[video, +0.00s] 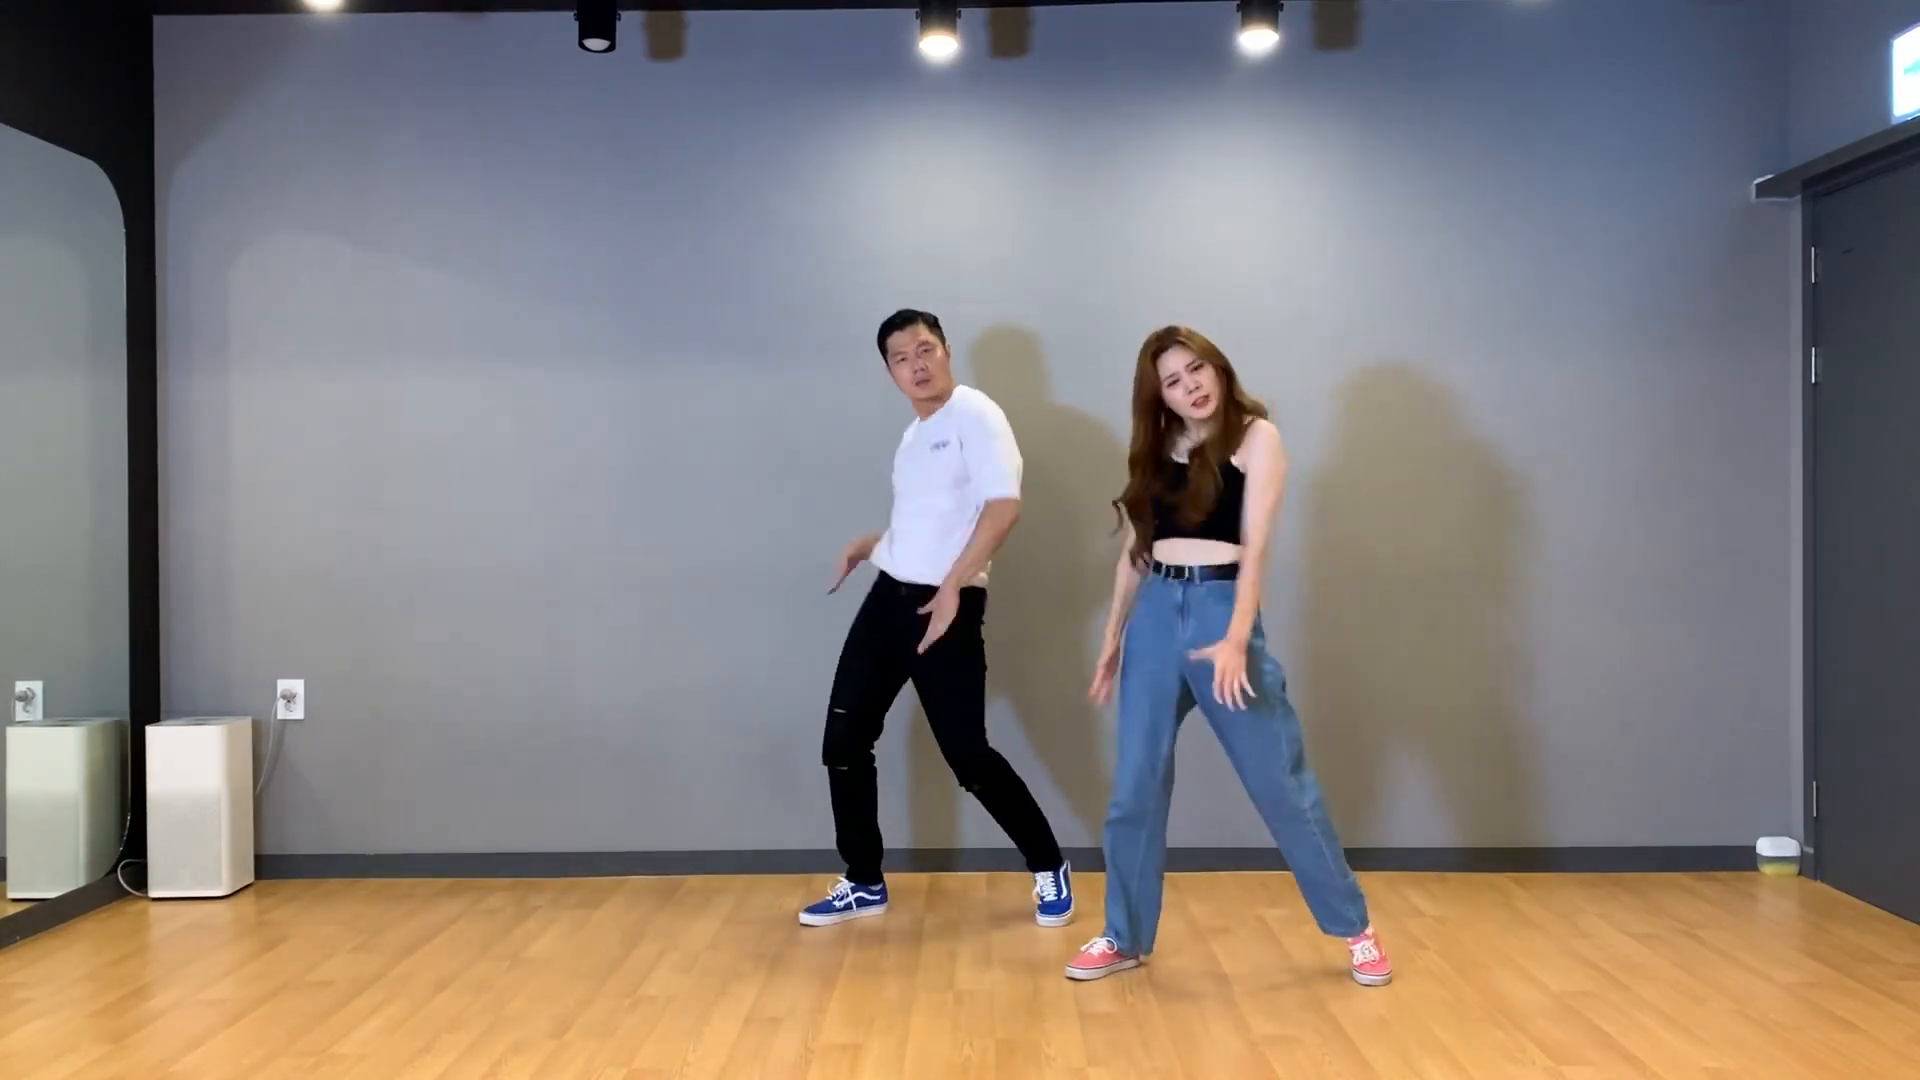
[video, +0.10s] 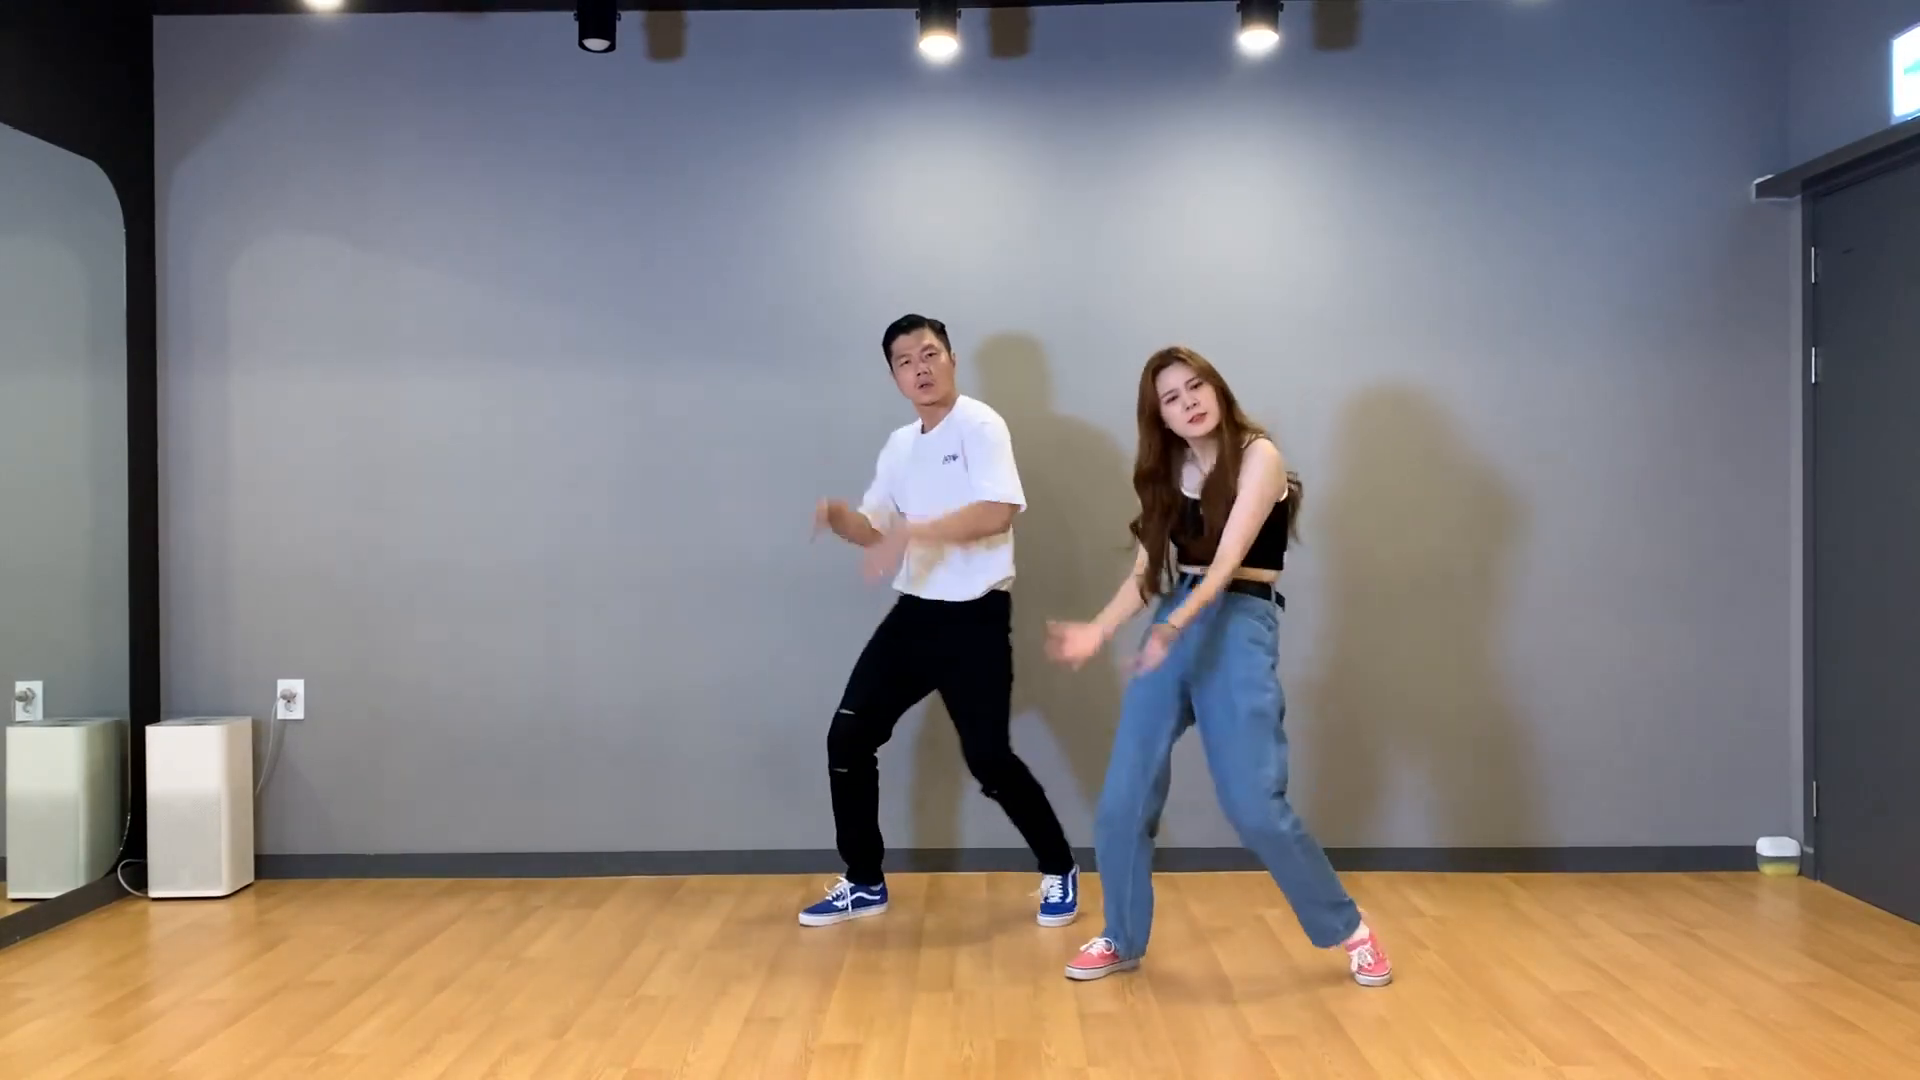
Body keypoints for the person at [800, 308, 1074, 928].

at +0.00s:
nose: (917, 363)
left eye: (926, 349)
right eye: (902, 358)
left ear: (947, 355)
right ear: (891, 374)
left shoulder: (976, 413)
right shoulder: (914, 435)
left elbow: (1004, 507)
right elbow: (920, 522)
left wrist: (951, 584)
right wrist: (871, 543)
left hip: (948, 603)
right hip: (889, 600)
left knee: (969, 758)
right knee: (845, 742)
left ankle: (1049, 866)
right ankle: (864, 883)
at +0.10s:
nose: (921, 368)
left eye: (930, 354)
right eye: (906, 362)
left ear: (952, 361)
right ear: (895, 378)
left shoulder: (981, 423)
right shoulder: (899, 445)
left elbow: (999, 513)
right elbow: (874, 532)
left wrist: (915, 532)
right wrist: (841, 517)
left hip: (977, 615)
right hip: (915, 615)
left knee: (990, 761)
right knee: (849, 741)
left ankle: (1059, 867)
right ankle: (864, 883)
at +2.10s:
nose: (900, 376)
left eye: (912, 363)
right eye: (886, 364)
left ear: (928, 372)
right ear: (868, 373)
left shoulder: (953, 461)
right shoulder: (829, 444)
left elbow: (963, 557)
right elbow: (793, 534)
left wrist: (970, 644)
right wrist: (762, 613)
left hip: (917, 630)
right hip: (836, 624)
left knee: (929, 764)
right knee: (790, 744)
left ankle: (908, 871)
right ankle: (820, 862)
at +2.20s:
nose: (892, 380)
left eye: (904, 367)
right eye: (878, 368)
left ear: (921, 377)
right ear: (860, 378)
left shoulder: (946, 458)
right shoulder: (821, 443)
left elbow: (950, 552)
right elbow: (778, 526)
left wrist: (961, 635)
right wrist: (733, 602)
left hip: (898, 631)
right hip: (817, 623)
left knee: (930, 760)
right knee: (759, 743)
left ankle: (909, 871)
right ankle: (744, 857)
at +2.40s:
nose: (871, 401)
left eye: (884, 389)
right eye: (858, 389)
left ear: (901, 396)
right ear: (840, 397)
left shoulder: (926, 466)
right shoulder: (813, 449)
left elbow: (950, 553)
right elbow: (752, 522)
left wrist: (966, 638)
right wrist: (696, 589)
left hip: (882, 649)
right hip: (804, 643)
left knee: (936, 767)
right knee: (748, 760)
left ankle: (895, 870)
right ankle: (677, 872)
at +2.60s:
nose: (899, 389)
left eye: (905, 375)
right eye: (884, 377)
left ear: (914, 374)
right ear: (851, 379)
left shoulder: (945, 448)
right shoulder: (816, 453)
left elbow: (967, 542)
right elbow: (796, 542)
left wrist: (988, 630)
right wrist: (747, 585)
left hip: (937, 614)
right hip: (860, 619)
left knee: (950, 741)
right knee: (853, 750)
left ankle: (948, 857)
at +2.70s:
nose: (914, 398)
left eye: (918, 385)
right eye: (900, 388)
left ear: (922, 382)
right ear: (863, 389)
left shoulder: (955, 449)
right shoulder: (829, 465)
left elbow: (993, 531)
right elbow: (803, 555)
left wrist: (1036, 601)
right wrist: (742, 576)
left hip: (965, 619)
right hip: (888, 632)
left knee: (998, 734)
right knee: (879, 760)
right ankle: (906, 882)